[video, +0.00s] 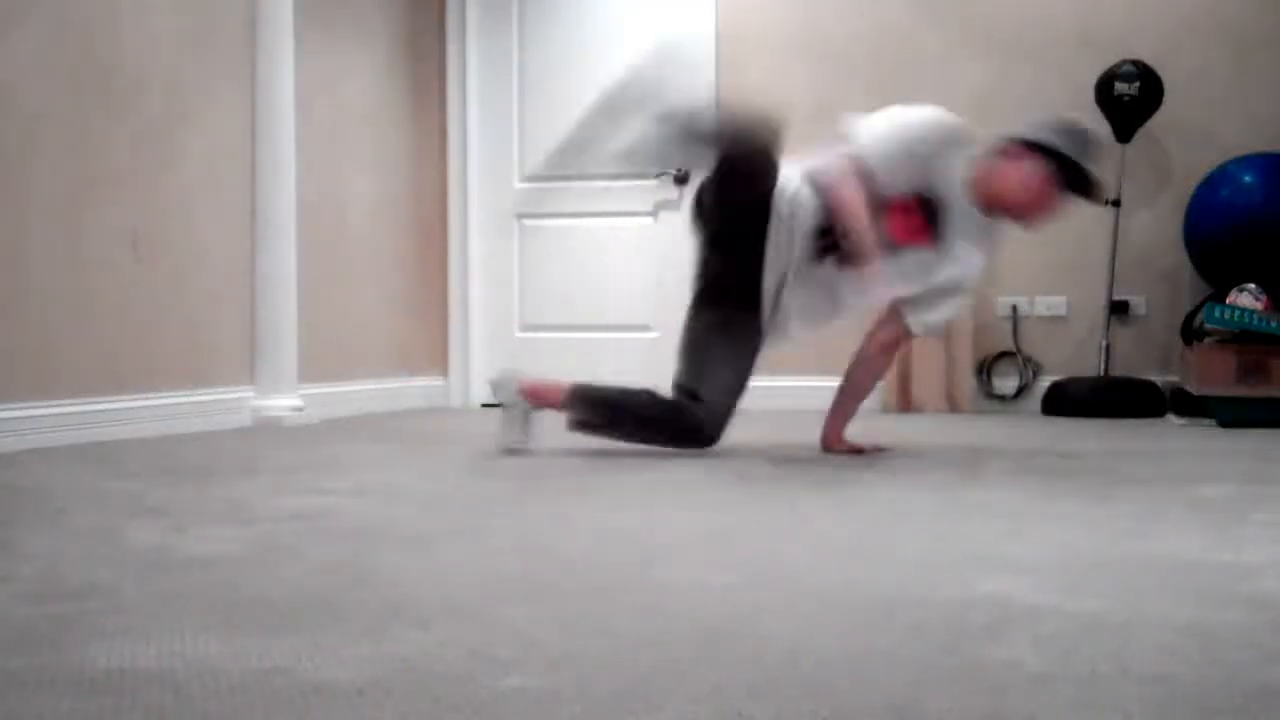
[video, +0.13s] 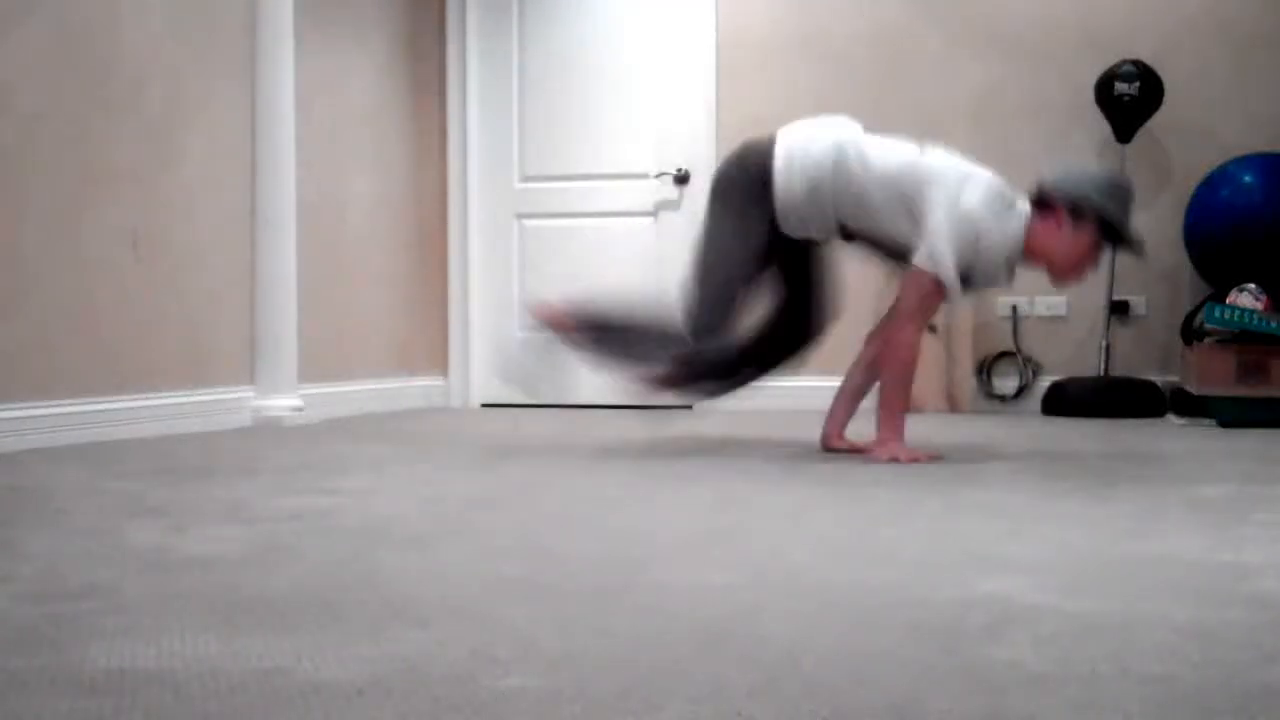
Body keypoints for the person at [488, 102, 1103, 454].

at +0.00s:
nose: (1043, 206)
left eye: (1056, 201)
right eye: (1049, 185)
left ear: (1044, 204)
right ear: (1020, 153)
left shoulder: (966, 263)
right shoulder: (938, 135)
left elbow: (889, 335)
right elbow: (833, 165)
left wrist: (832, 435)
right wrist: (870, 250)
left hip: (752, 305)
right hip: (754, 216)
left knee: (696, 423)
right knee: (757, 135)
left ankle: (533, 394)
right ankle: (667, 141)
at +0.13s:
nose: (1092, 262)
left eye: (1099, 251)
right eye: (1092, 244)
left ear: (1064, 227)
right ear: (1058, 220)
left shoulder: (995, 240)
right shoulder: (974, 211)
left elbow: (900, 323)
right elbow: (907, 327)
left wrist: (838, 426)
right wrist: (891, 438)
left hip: (806, 209)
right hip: (766, 178)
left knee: (799, 324)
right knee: (703, 334)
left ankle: (683, 383)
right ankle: (568, 322)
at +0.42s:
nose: (990, 166)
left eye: (994, 155)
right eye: (983, 155)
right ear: (949, 147)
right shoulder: (869, 220)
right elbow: (871, 330)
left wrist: (1102, 126)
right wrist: (886, 440)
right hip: (854, 240)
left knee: (1021, 87)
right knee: (911, 318)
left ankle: (1114, 127)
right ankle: (1003, 379)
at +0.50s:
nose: (944, 136)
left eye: (944, 124)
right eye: (930, 129)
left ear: (945, 113)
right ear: (892, 131)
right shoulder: (846, 211)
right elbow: (873, 324)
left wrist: (1109, 92)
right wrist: (887, 440)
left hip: (948, 181)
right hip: (917, 261)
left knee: (1066, 84)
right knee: (1016, 354)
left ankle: (1170, 159)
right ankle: (1065, 408)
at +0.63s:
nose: (886, 120)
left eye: (884, 105)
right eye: (868, 119)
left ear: (885, 87)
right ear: (836, 133)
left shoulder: (900, 63)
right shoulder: (837, 212)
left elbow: (942, 8)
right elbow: (882, 317)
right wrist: (889, 437)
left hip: (991, 148)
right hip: (967, 236)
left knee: (1115, 97)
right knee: (1000, 357)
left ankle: (1199, 220)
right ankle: (1113, 404)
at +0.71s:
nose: (837, 126)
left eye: (835, 106)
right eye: (816, 126)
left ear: (851, 85)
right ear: (806, 137)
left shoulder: (885, 60)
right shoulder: (854, 196)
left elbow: (903, 4)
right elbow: (889, 319)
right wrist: (893, 436)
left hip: (1015, 124)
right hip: (997, 213)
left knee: (1059, 123)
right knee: (1004, 350)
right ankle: (1133, 407)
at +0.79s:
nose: (805, 140)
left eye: (802, 118)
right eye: (789, 138)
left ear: (826, 94)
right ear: (788, 148)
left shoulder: (876, 60)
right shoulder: (860, 206)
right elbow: (892, 313)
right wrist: (892, 411)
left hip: (1053, 107)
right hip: (1026, 175)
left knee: (975, 182)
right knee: (1029, 333)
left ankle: (1023, 363)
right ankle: (1155, 409)